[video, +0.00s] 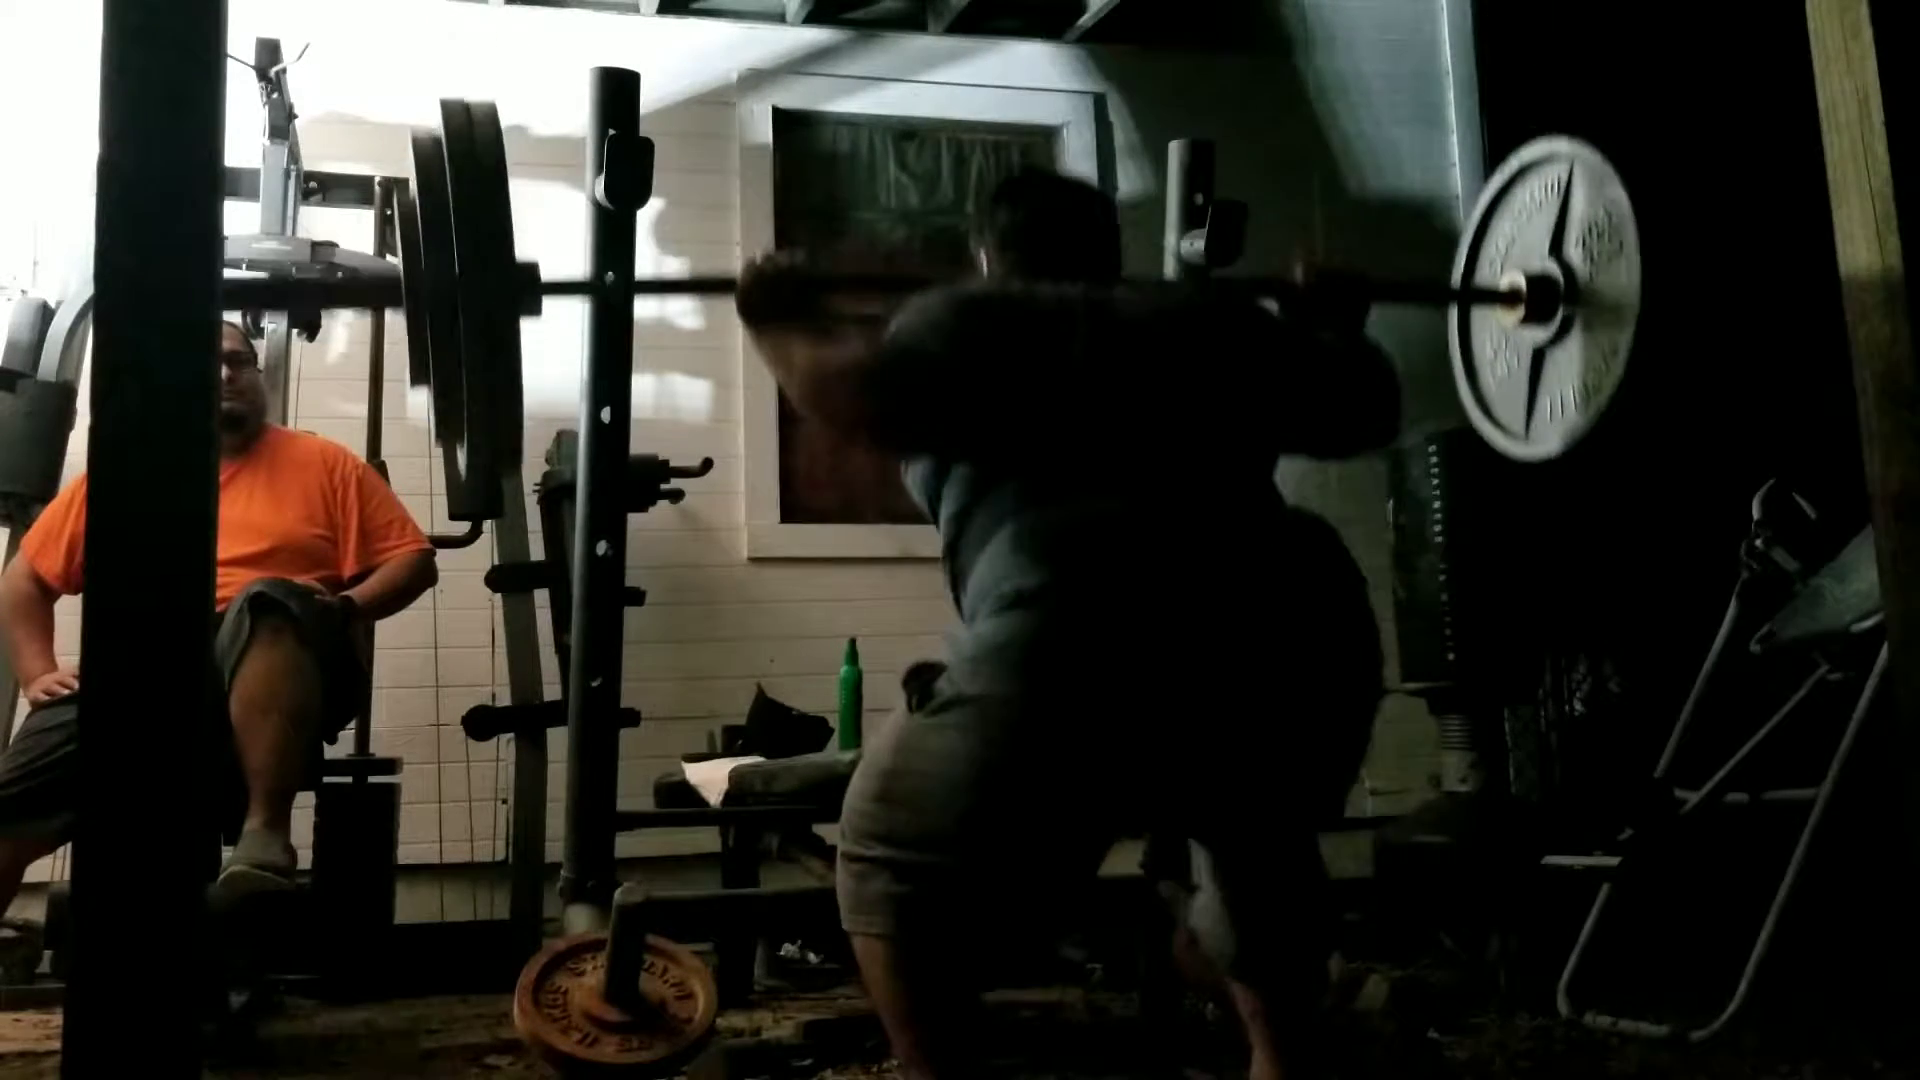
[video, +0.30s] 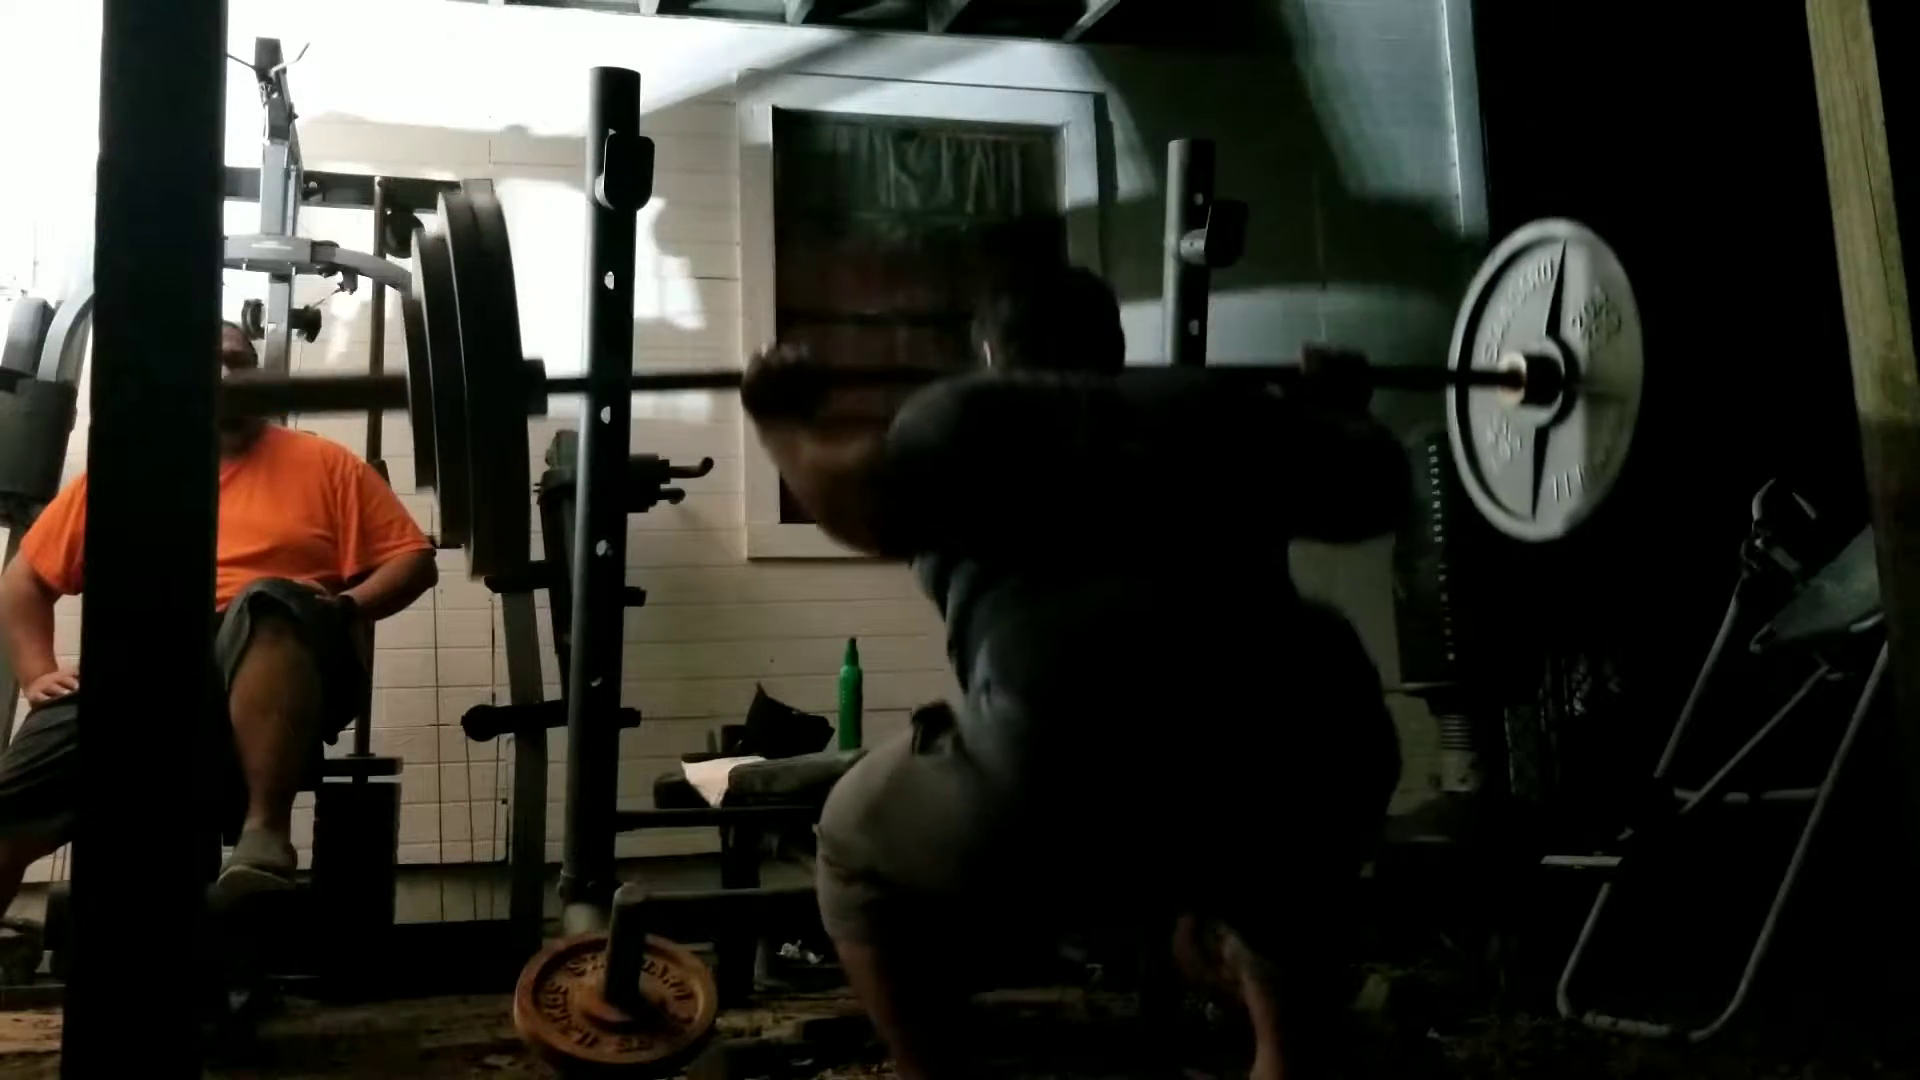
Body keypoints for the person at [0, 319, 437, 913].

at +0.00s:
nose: (227, 375)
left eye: (239, 362)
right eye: (210, 362)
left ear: (263, 378)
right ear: (185, 379)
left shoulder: (324, 464)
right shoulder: (132, 467)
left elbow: (414, 558)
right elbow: (24, 576)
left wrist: (347, 604)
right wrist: (36, 672)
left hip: (284, 668)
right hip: (143, 665)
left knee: (273, 604)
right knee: (13, 804)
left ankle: (266, 830)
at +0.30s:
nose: (226, 378)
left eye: (238, 363)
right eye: (210, 363)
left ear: (262, 379)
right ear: (181, 376)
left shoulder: (324, 465)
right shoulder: (129, 468)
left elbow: (414, 558)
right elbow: (24, 576)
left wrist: (349, 604)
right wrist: (37, 671)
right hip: (141, 667)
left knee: (272, 604)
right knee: (14, 800)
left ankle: (265, 829)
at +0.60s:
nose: (228, 374)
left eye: (239, 362)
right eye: (212, 363)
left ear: (262, 376)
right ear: (185, 377)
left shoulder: (319, 460)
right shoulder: (132, 465)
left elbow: (405, 566)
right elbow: (24, 576)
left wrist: (347, 605)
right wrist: (37, 670)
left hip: (287, 664)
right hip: (147, 664)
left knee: (270, 605)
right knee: (11, 809)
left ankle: (264, 831)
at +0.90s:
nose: (227, 375)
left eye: (241, 361)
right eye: (210, 362)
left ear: (266, 380)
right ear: (185, 380)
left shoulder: (325, 466)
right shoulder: (129, 471)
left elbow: (414, 559)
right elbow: (24, 576)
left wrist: (348, 604)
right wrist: (37, 671)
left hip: (279, 664)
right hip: (140, 665)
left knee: (271, 605)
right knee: (11, 814)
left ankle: (264, 831)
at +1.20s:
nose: (227, 376)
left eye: (239, 363)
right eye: (209, 364)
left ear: (263, 376)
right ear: (185, 380)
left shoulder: (324, 464)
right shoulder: (134, 468)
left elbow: (415, 560)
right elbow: (24, 575)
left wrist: (347, 603)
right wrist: (36, 672)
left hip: (287, 669)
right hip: (144, 666)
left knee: (273, 604)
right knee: (6, 815)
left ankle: (266, 829)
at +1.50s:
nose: (224, 377)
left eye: (237, 363)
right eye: (208, 364)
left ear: (262, 377)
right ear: (183, 380)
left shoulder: (324, 464)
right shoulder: (131, 468)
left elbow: (414, 559)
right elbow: (24, 575)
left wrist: (346, 604)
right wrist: (37, 672)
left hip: (285, 669)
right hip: (143, 666)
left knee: (272, 604)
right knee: (10, 810)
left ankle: (265, 829)